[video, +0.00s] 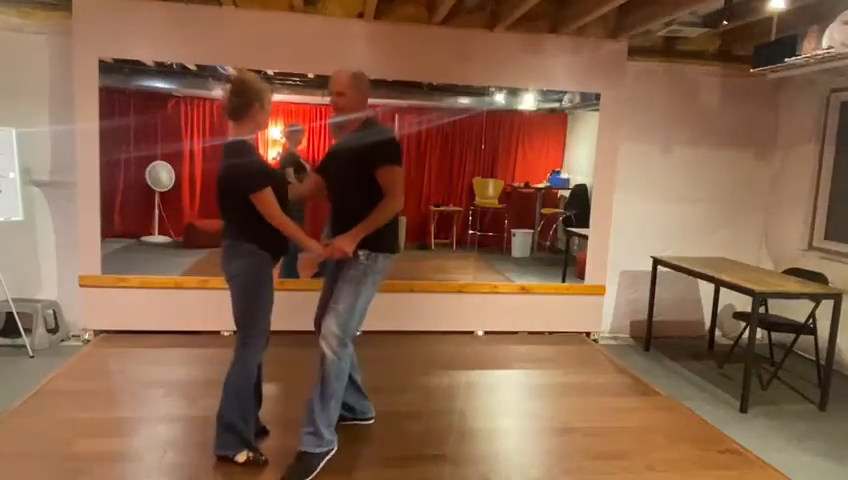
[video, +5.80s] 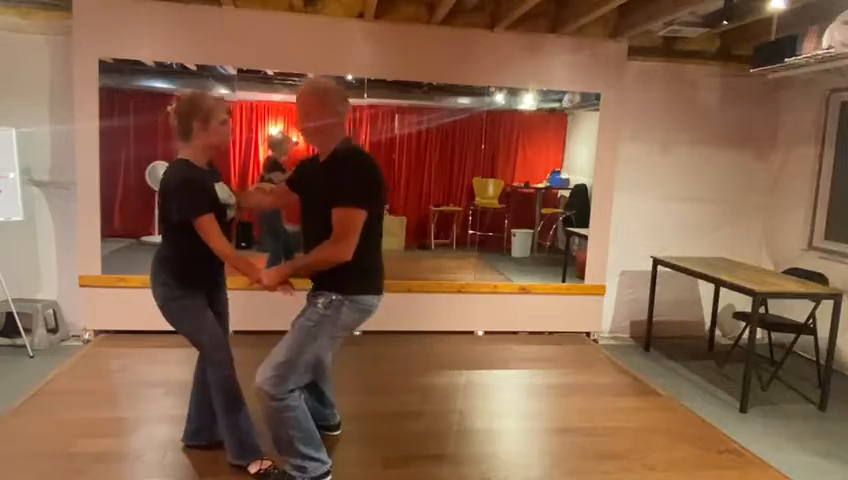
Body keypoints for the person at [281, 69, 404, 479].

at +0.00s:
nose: (333, 100)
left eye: (340, 94)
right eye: (332, 94)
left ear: (363, 96)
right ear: (336, 98)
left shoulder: (380, 137)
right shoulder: (341, 143)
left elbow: (396, 198)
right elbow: (311, 188)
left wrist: (352, 237)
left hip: (372, 250)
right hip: (342, 248)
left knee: (334, 334)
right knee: (330, 326)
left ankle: (318, 441)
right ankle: (355, 405)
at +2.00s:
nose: (301, 86)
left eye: (308, 76)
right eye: (298, 78)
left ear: (335, 76)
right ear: (315, 80)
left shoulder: (354, 127)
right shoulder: (325, 127)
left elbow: (390, 199)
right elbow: (320, 190)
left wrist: (348, 257)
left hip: (336, 262)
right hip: (321, 256)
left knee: (313, 364)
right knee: (325, 343)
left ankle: (314, 465)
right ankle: (339, 418)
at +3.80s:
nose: (275, 97)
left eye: (281, 88)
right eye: (271, 90)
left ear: (305, 85)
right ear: (277, 92)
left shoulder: (328, 125)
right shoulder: (297, 135)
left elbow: (384, 164)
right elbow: (271, 179)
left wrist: (368, 223)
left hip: (343, 253)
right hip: (323, 253)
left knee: (325, 349)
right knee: (327, 342)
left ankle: (313, 460)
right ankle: (326, 418)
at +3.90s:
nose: (277, 92)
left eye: (284, 84)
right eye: (273, 85)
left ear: (308, 84)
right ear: (274, 91)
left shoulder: (333, 124)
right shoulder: (291, 138)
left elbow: (388, 154)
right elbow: (264, 183)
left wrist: (379, 214)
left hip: (344, 252)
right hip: (320, 252)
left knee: (325, 351)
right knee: (318, 340)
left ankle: (313, 462)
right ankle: (325, 416)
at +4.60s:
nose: (312, 136)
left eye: (318, 128)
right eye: (305, 129)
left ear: (334, 129)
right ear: (298, 135)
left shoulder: (361, 166)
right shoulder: (295, 188)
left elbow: (392, 220)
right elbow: (247, 217)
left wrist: (348, 254)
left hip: (367, 279)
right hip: (327, 280)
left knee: (306, 353)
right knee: (276, 343)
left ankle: (313, 467)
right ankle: (322, 419)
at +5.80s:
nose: (299, 123)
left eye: (303, 116)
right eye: (300, 116)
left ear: (314, 118)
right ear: (341, 116)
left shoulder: (356, 168)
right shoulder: (311, 169)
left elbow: (342, 248)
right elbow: (274, 198)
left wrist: (285, 270)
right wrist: (231, 197)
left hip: (349, 294)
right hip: (327, 288)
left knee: (275, 383)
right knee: (307, 352)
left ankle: (310, 470)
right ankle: (324, 417)